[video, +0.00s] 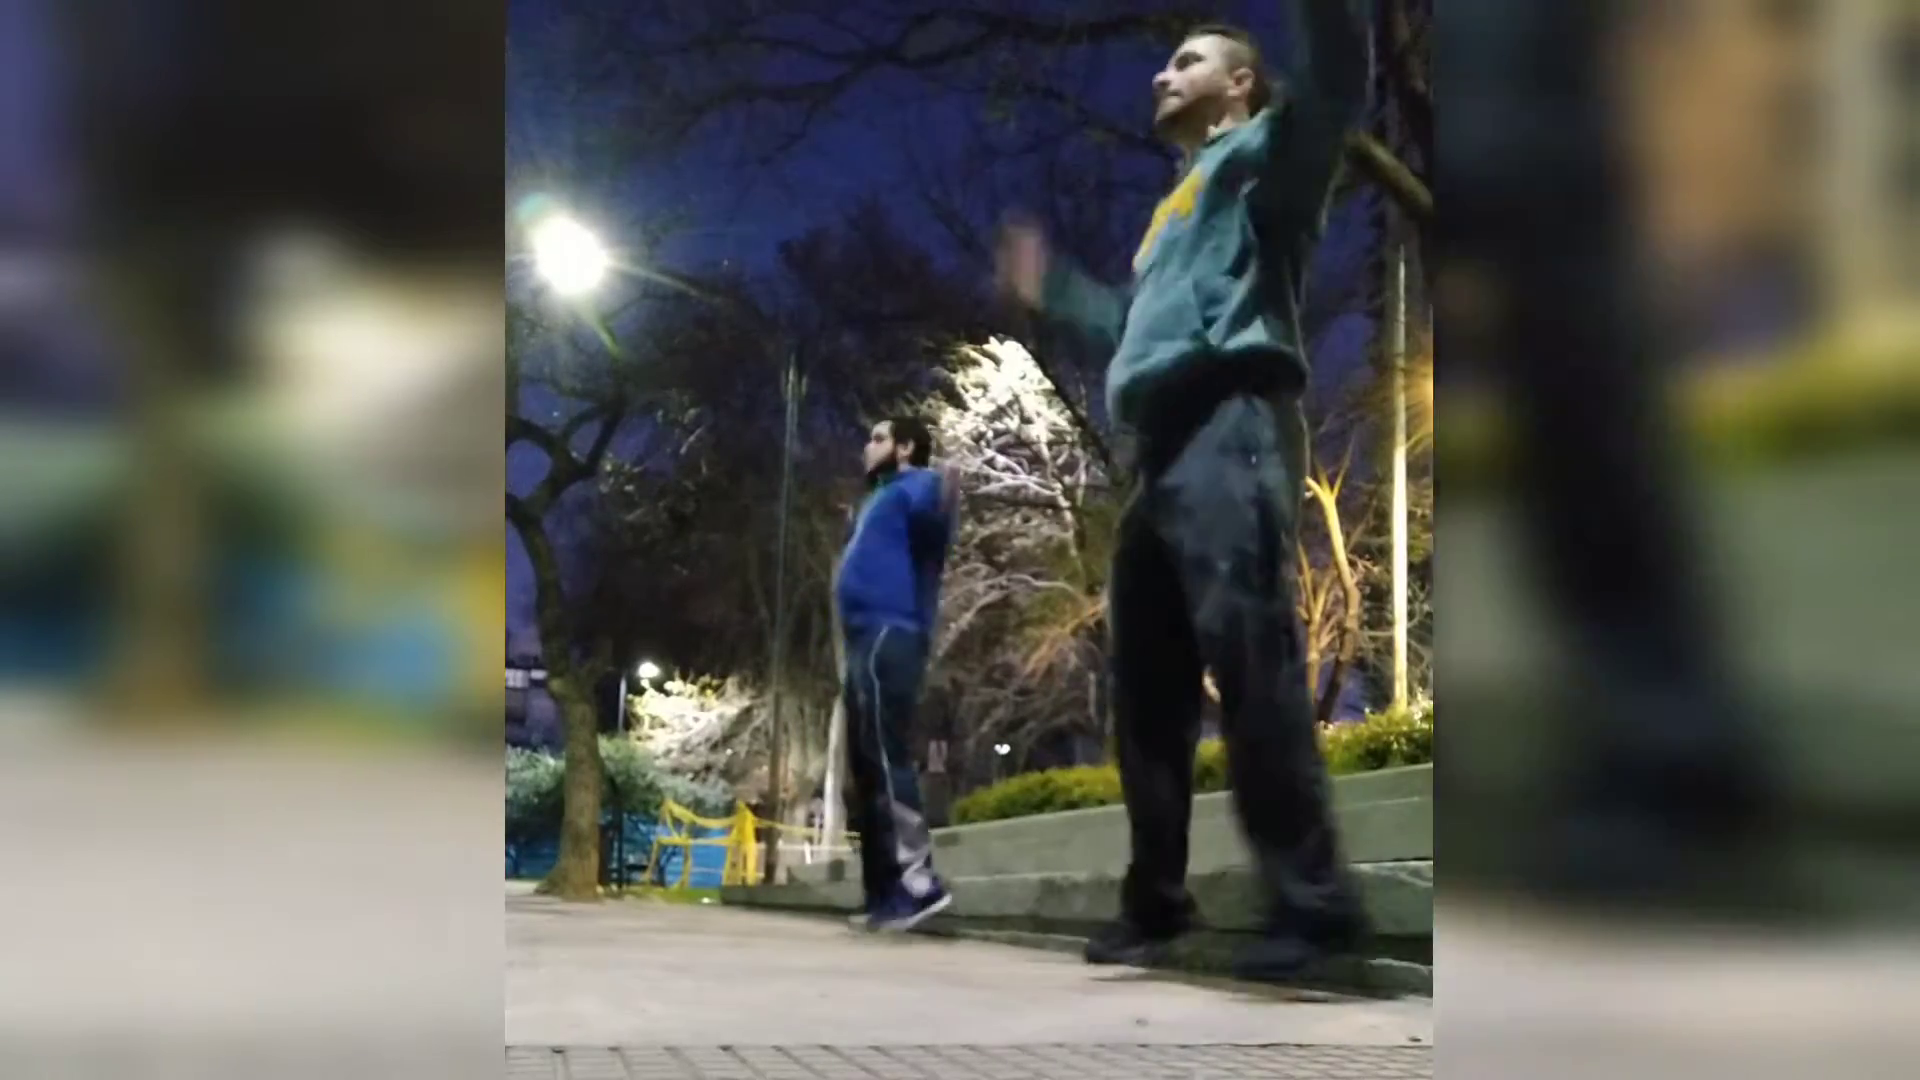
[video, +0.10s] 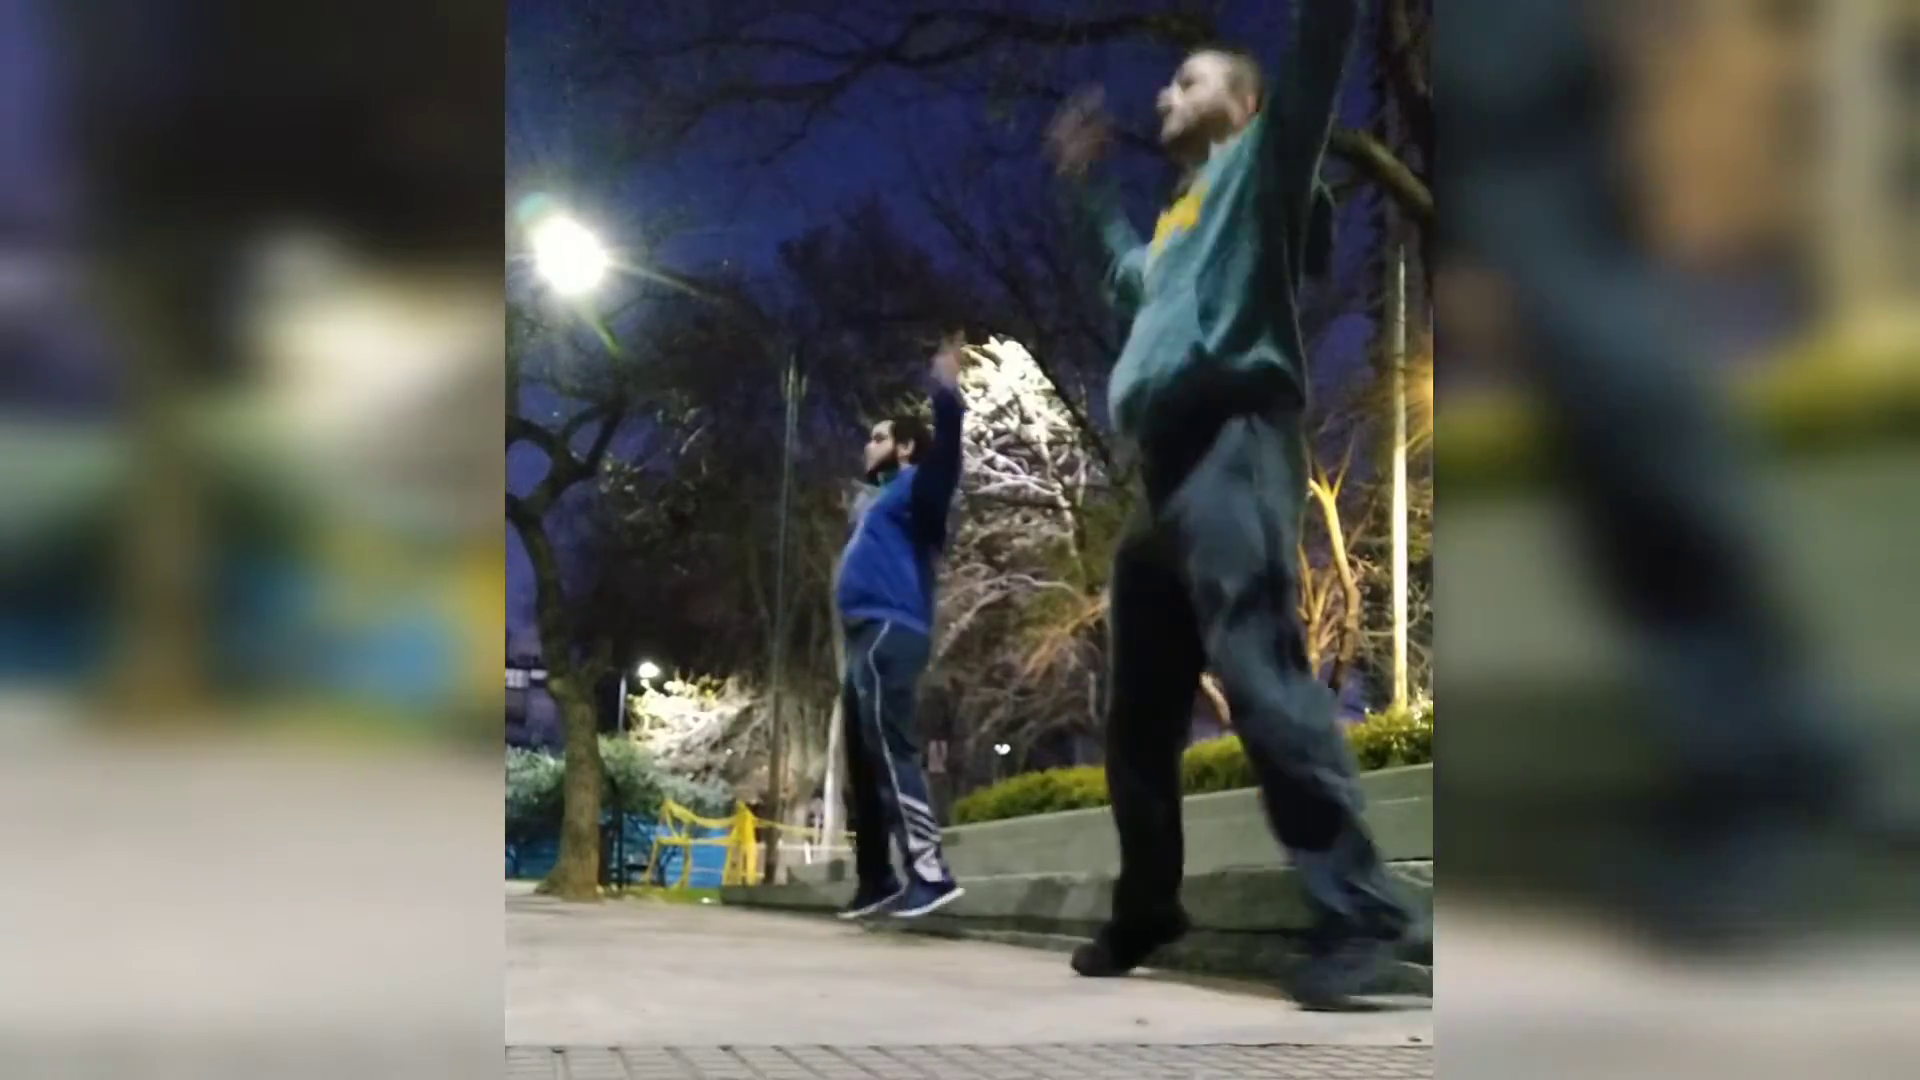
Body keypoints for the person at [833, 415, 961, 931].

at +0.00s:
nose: (867, 447)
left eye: (877, 438)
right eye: (869, 438)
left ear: (905, 449)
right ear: (893, 451)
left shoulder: (915, 484)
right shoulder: (878, 499)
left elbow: (925, 506)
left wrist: (940, 485)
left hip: (892, 626)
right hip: (863, 630)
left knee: (883, 755)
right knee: (865, 764)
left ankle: (918, 882)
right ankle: (882, 893)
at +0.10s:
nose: (868, 443)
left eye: (877, 435)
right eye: (870, 436)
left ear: (906, 447)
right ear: (891, 452)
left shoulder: (918, 490)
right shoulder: (876, 500)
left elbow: (945, 454)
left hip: (893, 624)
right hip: (859, 628)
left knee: (891, 748)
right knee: (863, 759)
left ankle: (929, 874)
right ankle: (877, 879)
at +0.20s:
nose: (864, 478)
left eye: (872, 468)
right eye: (865, 468)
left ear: (900, 473)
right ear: (890, 478)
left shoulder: (922, 514)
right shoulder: (882, 522)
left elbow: (935, 450)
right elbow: (861, 498)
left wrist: (920, 385)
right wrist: (889, 458)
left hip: (897, 653)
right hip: (862, 655)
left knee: (894, 775)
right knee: (858, 782)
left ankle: (935, 898)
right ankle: (878, 898)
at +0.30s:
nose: (865, 500)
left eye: (873, 492)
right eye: (866, 493)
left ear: (896, 495)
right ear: (884, 502)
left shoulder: (921, 531)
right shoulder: (877, 545)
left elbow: (924, 461)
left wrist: (910, 433)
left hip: (899, 677)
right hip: (864, 680)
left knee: (888, 800)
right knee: (854, 803)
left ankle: (943, 913)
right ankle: (885, 907)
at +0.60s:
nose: (862, 452)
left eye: (872, 444)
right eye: (863, 443)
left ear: (900, 450)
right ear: (883, 452)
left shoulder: (918, 484)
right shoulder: (872, 495)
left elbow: (942, 547)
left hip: (897, 627)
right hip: (865, 630)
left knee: (872, 751)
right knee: (860, 755)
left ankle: (911, 883)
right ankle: (888, 886)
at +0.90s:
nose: (862, 454)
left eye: (871, 445)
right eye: (864, 445)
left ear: (899, 450)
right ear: (890, 452)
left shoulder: (918, 489)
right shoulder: (879, 502)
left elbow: (933, 525)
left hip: (894, 634)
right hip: (861, 637)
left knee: (884, 758)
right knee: (863, 769)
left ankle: (911, 886)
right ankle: (879, 895)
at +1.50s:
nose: (863, 469)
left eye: (872, 460)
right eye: (865, 460)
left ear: (899, 465)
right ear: (894, 466)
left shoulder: (918, 503)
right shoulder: (881, 511)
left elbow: (935, 574)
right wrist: (858, 653)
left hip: (897, 657)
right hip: (867, 657)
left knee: (869, 775)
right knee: (855, 778)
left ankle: (904, 901)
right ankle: (886, 904)